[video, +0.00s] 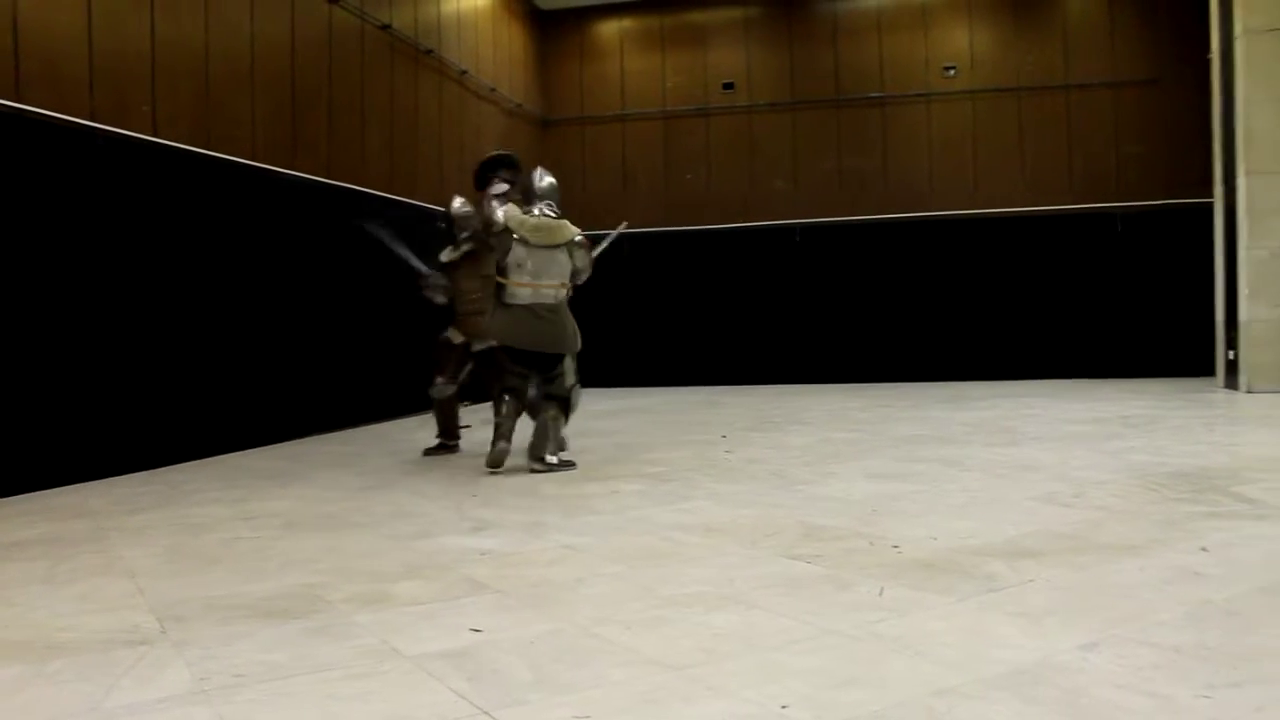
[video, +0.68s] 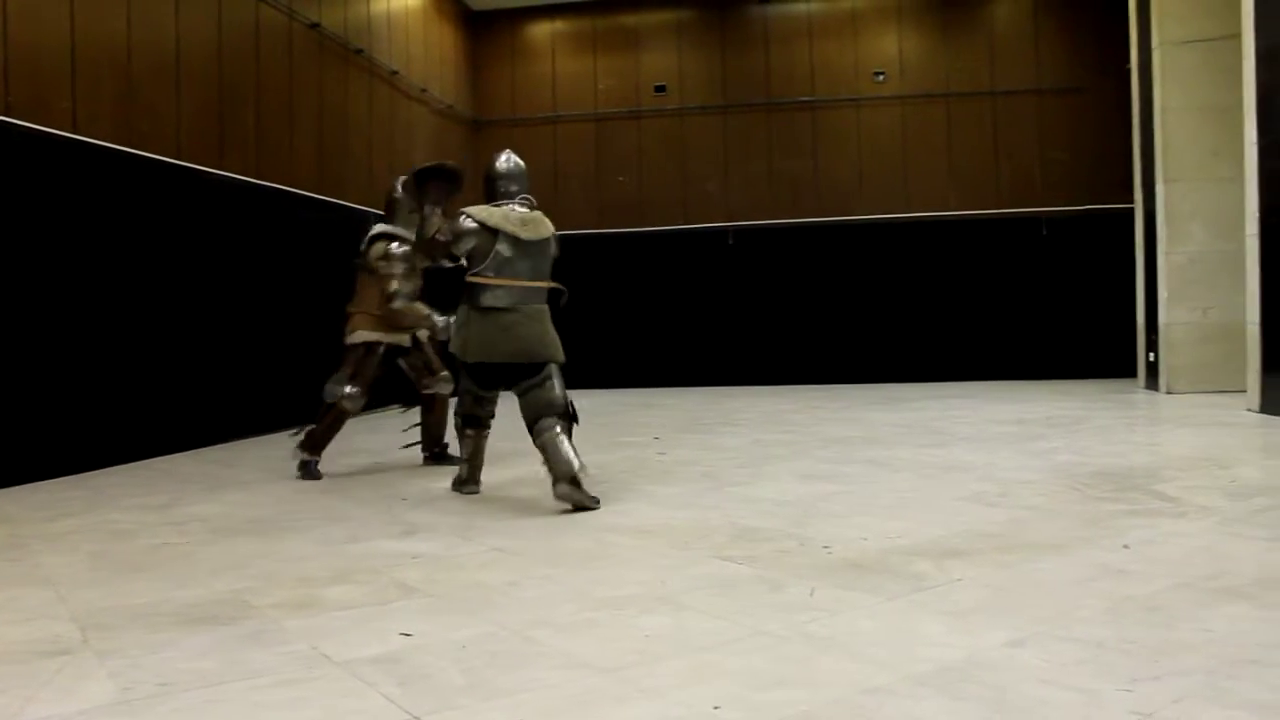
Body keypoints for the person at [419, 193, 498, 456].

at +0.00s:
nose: (463, 226)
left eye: (467, 220)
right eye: (458, 221)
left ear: (476, 220)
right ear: (453, 224)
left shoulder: (490, 248)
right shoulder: (449, 255)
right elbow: (446, 291)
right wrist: (434, 288)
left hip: (490, 327)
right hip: (459, 328)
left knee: (502, 381)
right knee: (444, 381)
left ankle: (501, 438)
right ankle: (448, 438)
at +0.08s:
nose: (454, 228)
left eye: (458, 222)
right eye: (449, 223)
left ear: (469, 220)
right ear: (443, 223)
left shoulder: (484, 247)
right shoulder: (440, 254)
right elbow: (431, 289)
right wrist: (416, 271)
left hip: (484, 324)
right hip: (452, 326)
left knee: (495, 378)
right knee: (436, 380)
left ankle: (508, 434)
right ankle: (440, 439)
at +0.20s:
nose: (450, 221)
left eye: (454, 215)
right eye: (445, 214)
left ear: (461, 216)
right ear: (438, 217)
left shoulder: (475, 245)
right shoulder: (426, 246)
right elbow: (406, 277)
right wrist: (395, 244)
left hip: (472, 327)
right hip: (438, 328)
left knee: (486, 384)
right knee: (424, 384)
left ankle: (497, 444)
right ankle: (427, 438)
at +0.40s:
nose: (450, 210)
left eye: (454, 205)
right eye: (445, 204)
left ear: (457, 203)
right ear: (431, 202)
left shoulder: (461, 226)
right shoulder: (410, 225)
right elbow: (406, 255)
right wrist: (424, 237)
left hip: (452, 315)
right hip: (414, 314)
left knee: (464, 383)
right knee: (405, 378)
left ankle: (475, 445)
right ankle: (387, 420)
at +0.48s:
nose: (447, 208)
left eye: (450, 202)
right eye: (443, 202)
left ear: (453, 201)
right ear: (429, 199)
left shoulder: (454, 229)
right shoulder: (407, 224)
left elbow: (462, 269)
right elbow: (404, 257)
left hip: (441, 315)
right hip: (401, 314)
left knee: (454, 378)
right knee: (390, 376)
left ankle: (464, 445)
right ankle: (365, 430)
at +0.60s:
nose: (436, 218)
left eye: (437, 211)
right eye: (431, 210)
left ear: (433, 209)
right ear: (415, 206)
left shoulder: (431, 239)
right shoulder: (394, 234)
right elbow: (415, 276)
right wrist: (450, 297)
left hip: (420, 322)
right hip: (382, 324)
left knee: (443, 378)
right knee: (363, 388)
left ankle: (442, 447)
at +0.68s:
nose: (439, 205)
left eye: (443, 199)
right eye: (435, 197)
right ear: (414, 202)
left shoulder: (417, 242)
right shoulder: (387, 243)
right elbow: (393, 301)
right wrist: (433, 319)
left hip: (407, 327)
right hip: (372, 327)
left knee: (438, 383)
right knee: (353, 395)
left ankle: (434, 450)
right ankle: (310, 453)